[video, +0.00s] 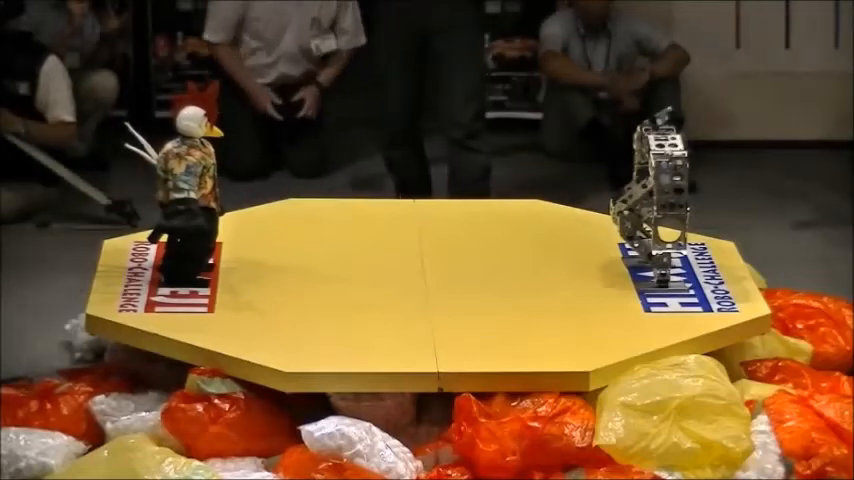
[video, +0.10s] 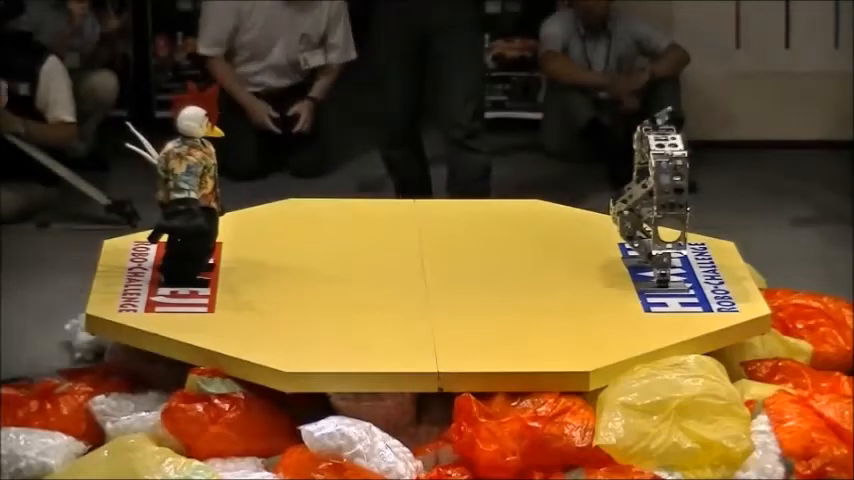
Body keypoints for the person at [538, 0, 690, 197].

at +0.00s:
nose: (599, 10)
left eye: (603, 5)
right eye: (592, 5)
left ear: (609, 5)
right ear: (575, 6)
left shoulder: (625, 24)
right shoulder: (557, 26)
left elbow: (679, 55)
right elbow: (551, 65)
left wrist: (643, 76)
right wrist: (609, 82)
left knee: (666, 83)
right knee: (566, 88)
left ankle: (668, 167)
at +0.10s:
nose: (594, 7)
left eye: (600, 1)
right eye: (587, 2)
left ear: (609, 4)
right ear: (573, 4)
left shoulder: (624, 24)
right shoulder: (557, 25)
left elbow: (679, 56)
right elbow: (551, 65)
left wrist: (643, 76)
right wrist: (609, 82)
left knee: (666, 82)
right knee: (564, 85)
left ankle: (668, 166)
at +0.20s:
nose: (596, 8)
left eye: (601, 3)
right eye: (589, 3)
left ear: (609, 5)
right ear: (574, 6)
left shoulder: (625, 25)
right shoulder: (557, 26)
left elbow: (679, 55)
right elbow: (551, 65)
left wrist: (643, 76)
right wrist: (609, 82)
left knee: (666, 82)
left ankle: (668, 166)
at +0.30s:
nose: (596, 8)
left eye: (601, 3)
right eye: (590, 3)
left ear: (609, 5)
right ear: (575, 5)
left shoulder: (625, 25)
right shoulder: (557, 26)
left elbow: (679, 55)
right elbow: (551, 65)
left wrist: (643, 76)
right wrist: (609, 82)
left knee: (666, 83)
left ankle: (668, 167)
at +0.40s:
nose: (597, 8)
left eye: (602, 2)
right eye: (590, 2)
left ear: (610, 3)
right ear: (574, 5)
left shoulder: (625, 24)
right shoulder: (558, 26)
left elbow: (679, 55)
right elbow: (551, 66)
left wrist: (645, 74)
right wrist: (608, 82)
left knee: (666, 81)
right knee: (564, 84)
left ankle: (670, 166)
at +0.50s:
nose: (595, 8)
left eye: (601, 2)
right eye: (588, 3)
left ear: (610, 4)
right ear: (574, 5)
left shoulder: (625, 25)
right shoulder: (558, 26)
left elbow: (679, 55)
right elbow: (551, 65)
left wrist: (645, 74)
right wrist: (608, 82)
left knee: (666, 80)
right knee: (564, 83)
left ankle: (669, 166)